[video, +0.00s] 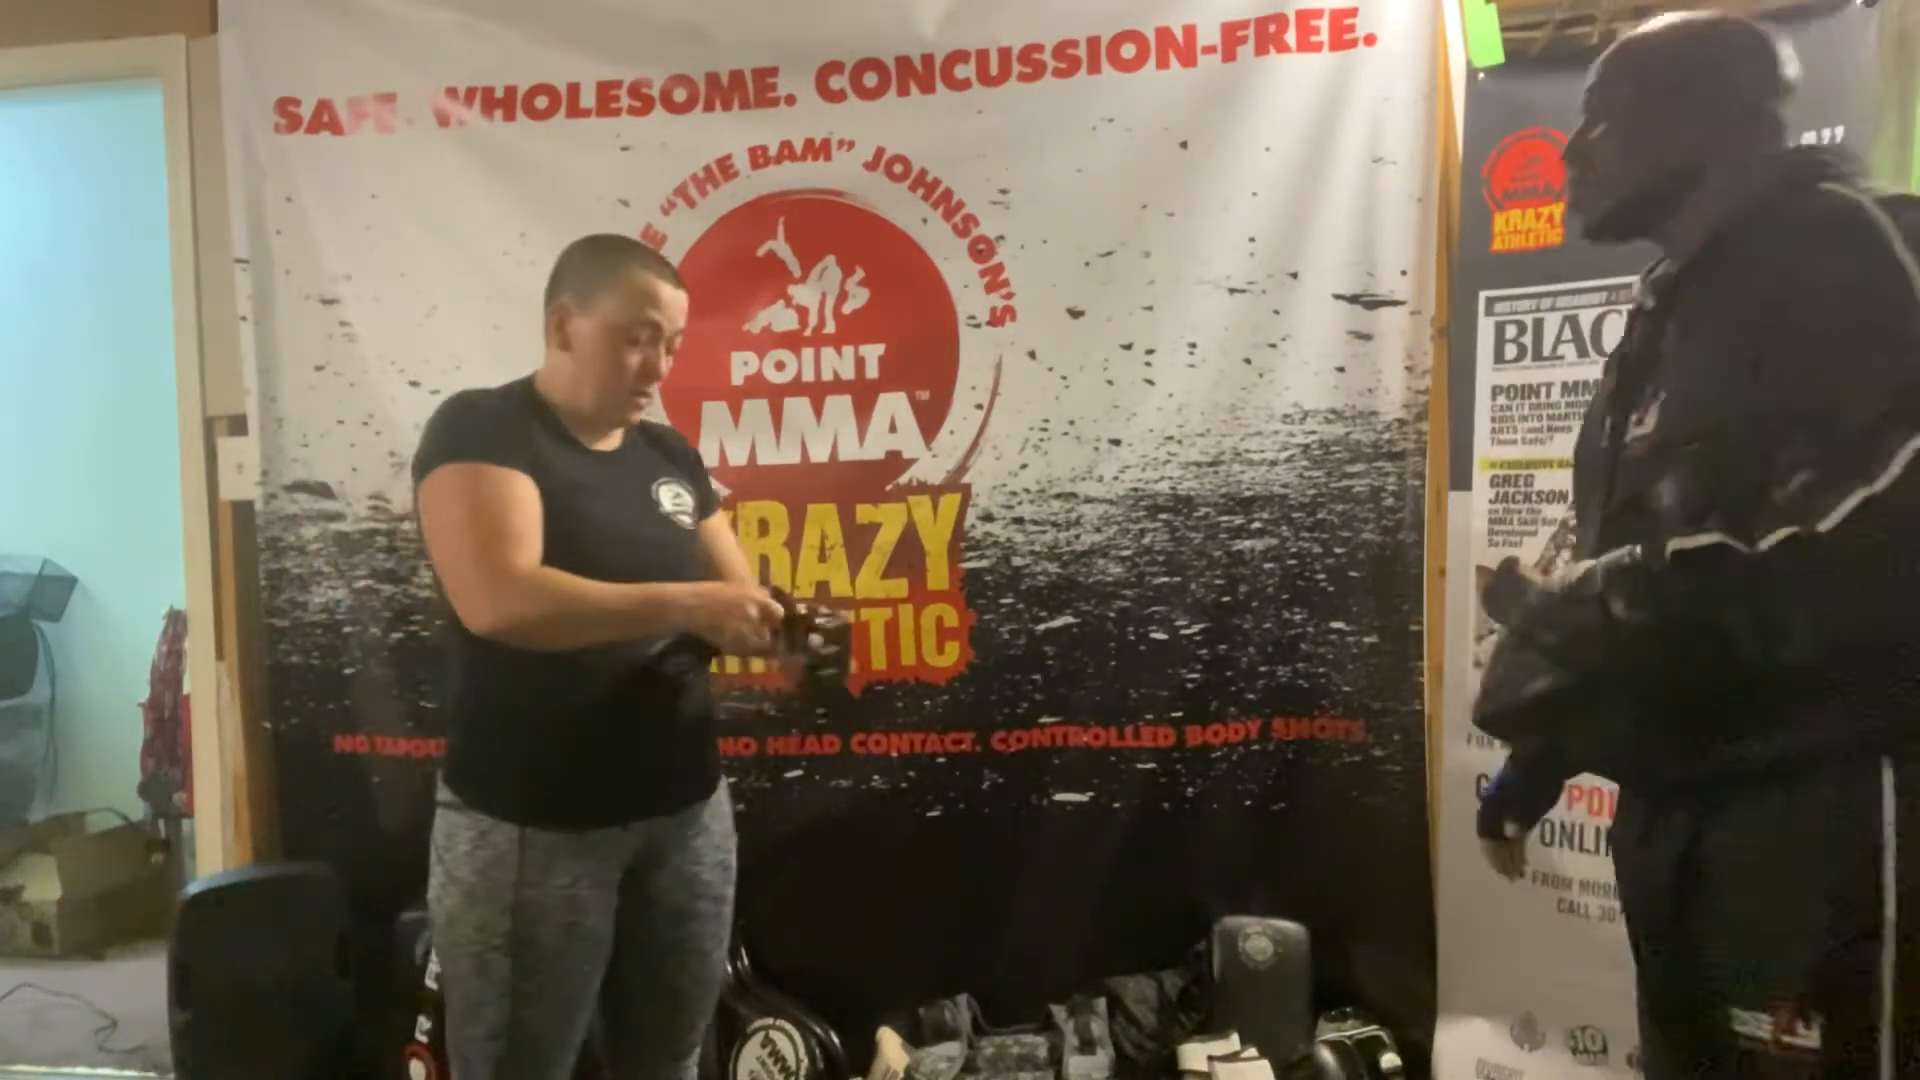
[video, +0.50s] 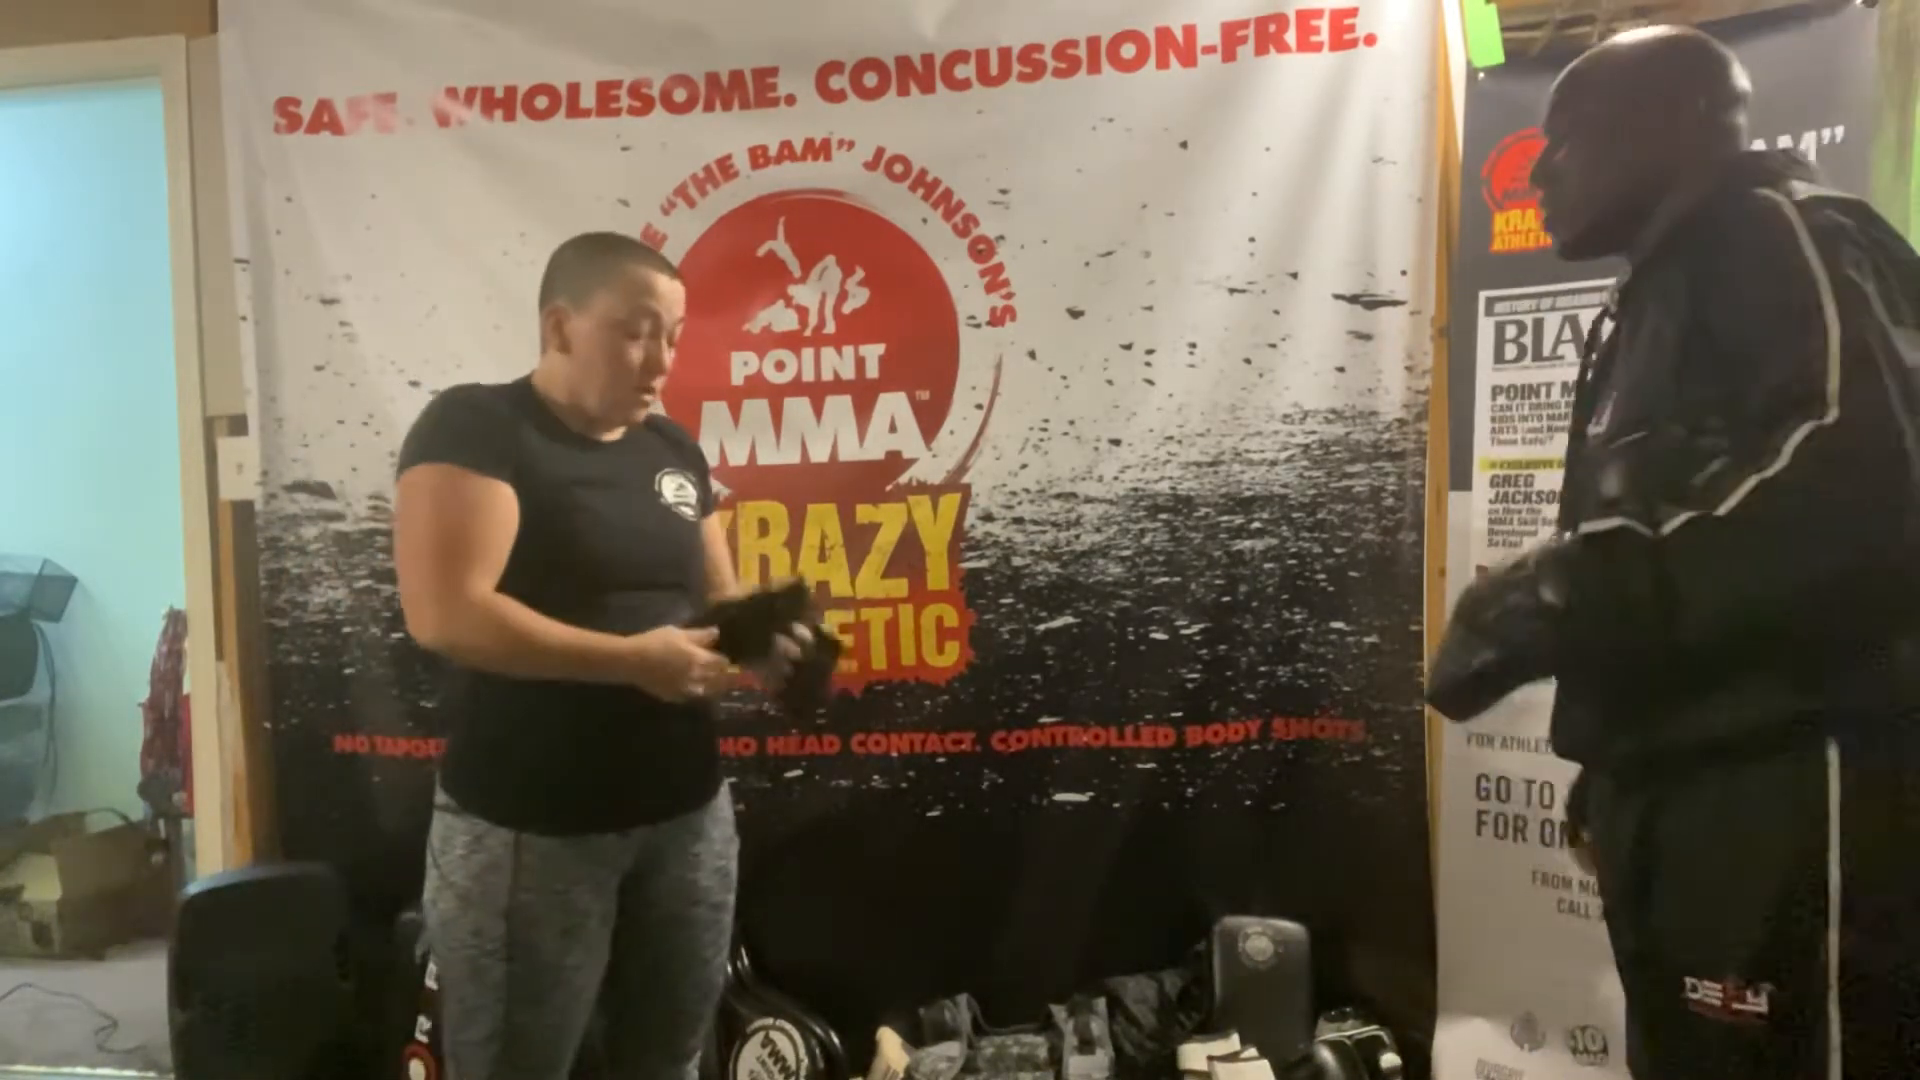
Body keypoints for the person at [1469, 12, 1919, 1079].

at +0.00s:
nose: (1570, 150)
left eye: (1599, 120)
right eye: (1578, 123)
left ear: (1699, 123)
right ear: (1703, 133)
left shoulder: (1822, 248)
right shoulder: (1675, 305)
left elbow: (1861, 552)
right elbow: (1629, 563)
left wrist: (1574, 608)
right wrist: (1536, 760)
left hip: (1806, 803)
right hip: (1692, 801)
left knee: (1793, 1055)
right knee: (1687, 1054)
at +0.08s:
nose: (1557, 151)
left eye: (1590, 121)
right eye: (1566, 125)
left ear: (1699, 124)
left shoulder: (1816, 243)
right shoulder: (1661, 314)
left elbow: (1886, 506)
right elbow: (1626, 561)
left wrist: (1590, 612)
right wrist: (1538, 755)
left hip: (1810, 796)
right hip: (1689, 796)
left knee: (1798, 1053)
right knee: (1690, 1051)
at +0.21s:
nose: (1553, 162)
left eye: (1582, 132)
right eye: (1560, 138)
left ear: (1679, 132)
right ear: (1692, 139)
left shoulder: (1809, 244)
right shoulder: (1672, 298)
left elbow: (1865, 495)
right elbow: (1628, 538)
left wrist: (1555, 615)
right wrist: (1560, 752)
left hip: (1810, 780)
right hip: (1708, 781)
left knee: (1792, 1051)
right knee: (1700, 1050)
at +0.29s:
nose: (1555, 160)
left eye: (1584, 130)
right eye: (1561, 135)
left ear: (1684, 129)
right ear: (1688, 136)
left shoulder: (1790, 231)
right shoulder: (1651, 313)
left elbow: (1875, 470)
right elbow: (1626, 542)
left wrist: (1577, 597)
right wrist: (1570, 753)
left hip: (1798, 780)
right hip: (1689, 786)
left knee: (1790, 1054)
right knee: (1686, 1053)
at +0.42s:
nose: (1552, 156)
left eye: (1581, 126)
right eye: (1559, 129)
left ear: (1676, 126)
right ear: (1680, 133)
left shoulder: (1783, 231)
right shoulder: (1654, 298)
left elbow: (1857, 466)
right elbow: (1628, 525)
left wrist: (1564, 590)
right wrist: (1592, 759)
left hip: (1785, 774)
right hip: (1684, 779)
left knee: (1777, 1054)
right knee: (1685, 1051)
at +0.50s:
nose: (1538, 163)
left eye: (1566, 135)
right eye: (1545, 139)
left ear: (1662, 135)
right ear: (1670, 141)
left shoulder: (1774, 231)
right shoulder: (1659, 290)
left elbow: (1856, 470)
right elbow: (1645, 520)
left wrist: (1569, 593)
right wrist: (1609, 768)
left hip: (1787, 778)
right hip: (1689, 782)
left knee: (1776, 1056)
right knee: (1683, 1054)